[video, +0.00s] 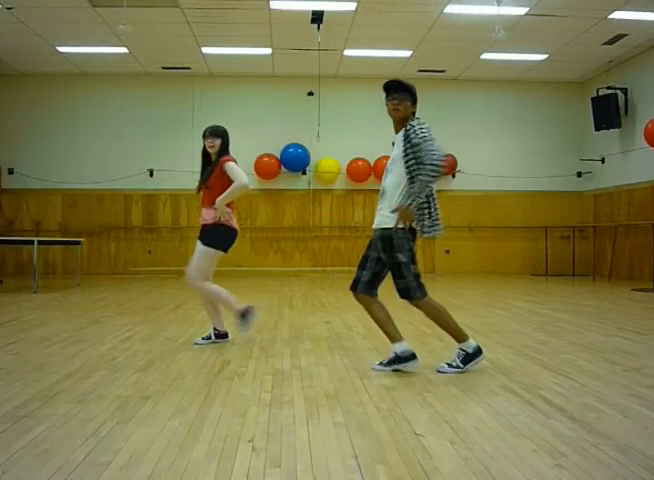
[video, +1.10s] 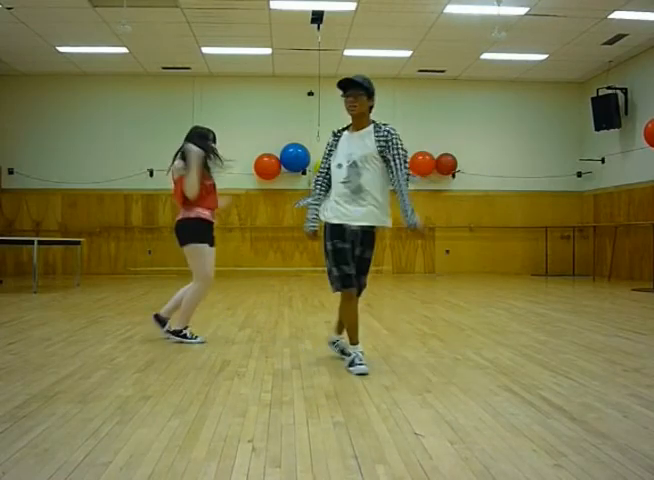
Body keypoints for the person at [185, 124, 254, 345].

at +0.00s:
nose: (210, 142)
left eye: (214, 138)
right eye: (207, 138)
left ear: (223, 141)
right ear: (204, 142)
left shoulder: (226, 162)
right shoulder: (212, 165)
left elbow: (242, 183)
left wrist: (221, 203)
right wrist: (210, 205)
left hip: (219, 226)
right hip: (211, 225)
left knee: (194, 277)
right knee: (202, 280)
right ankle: (218, 330)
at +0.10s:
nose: (206, 139)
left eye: (211, 135)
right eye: (203, 135)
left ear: (219, 138)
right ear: (200, 139)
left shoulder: (223, 159)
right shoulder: (207, 162)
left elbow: (242, 180)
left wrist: (218, 196)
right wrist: (207, 201)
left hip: (217, 224)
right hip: (210, 223)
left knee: (177, 269)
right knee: (206, 278)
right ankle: (218, 329)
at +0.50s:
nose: (193, 142)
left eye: (197, 137)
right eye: (190, 138)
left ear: (207, 140)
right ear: (187, 142)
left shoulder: (213, 165)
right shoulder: (197, 164)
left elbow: (213, 197)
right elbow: (195, 197)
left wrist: (211, 228)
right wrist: (188, 223)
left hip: (200, 226)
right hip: (195, 224)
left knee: (174, 273)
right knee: (202, 281)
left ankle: (183, 326)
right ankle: (220, 330)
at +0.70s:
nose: (179, 145)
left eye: (182, 141)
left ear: (185, 143)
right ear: (206, 146)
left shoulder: (183, 166)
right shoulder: (212, 170)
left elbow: (184, 200)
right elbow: (219, 205)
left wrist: (176, 234)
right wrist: (222, 233)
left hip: (192, 231)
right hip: (211, 231)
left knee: (167, 273)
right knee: (199, 279)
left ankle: (182, 326)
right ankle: (219, 329)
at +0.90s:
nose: (213, 149)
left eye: (213, 145)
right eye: (212, 145)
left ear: (187, 142)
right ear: (207, 145)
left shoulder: (170, 167)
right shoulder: (209, 166)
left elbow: (166, 200)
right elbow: (211, 204)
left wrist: (165, 227)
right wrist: (230, 228)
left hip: (178, 226)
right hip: (206, 226)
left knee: (180, 278)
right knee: (203, 281)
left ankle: (164, 327)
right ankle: (197, 329)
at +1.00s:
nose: (211, 152)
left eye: (211, 148)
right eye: (209, 148)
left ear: (190, 146)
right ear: (200, 147)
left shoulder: (181, 167)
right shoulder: (191, 168)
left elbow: (174, 201)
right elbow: (196, 204)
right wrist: (227, 203)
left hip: (183, 228)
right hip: (200, 227)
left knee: (190, 280)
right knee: (208, 281)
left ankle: (158, 322)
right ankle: (182, 329)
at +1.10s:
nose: (214, 147)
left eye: (213, 143)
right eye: (212, 143)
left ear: (194, 141)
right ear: (202, 142)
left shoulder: (198, 161)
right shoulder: (192, 155)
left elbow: (201, 198)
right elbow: (191, 193)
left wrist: (219, 201)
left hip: (200, 222)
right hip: (194, 222)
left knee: (203, 279)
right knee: (203, 279)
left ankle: (164, 315)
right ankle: (179, 327)